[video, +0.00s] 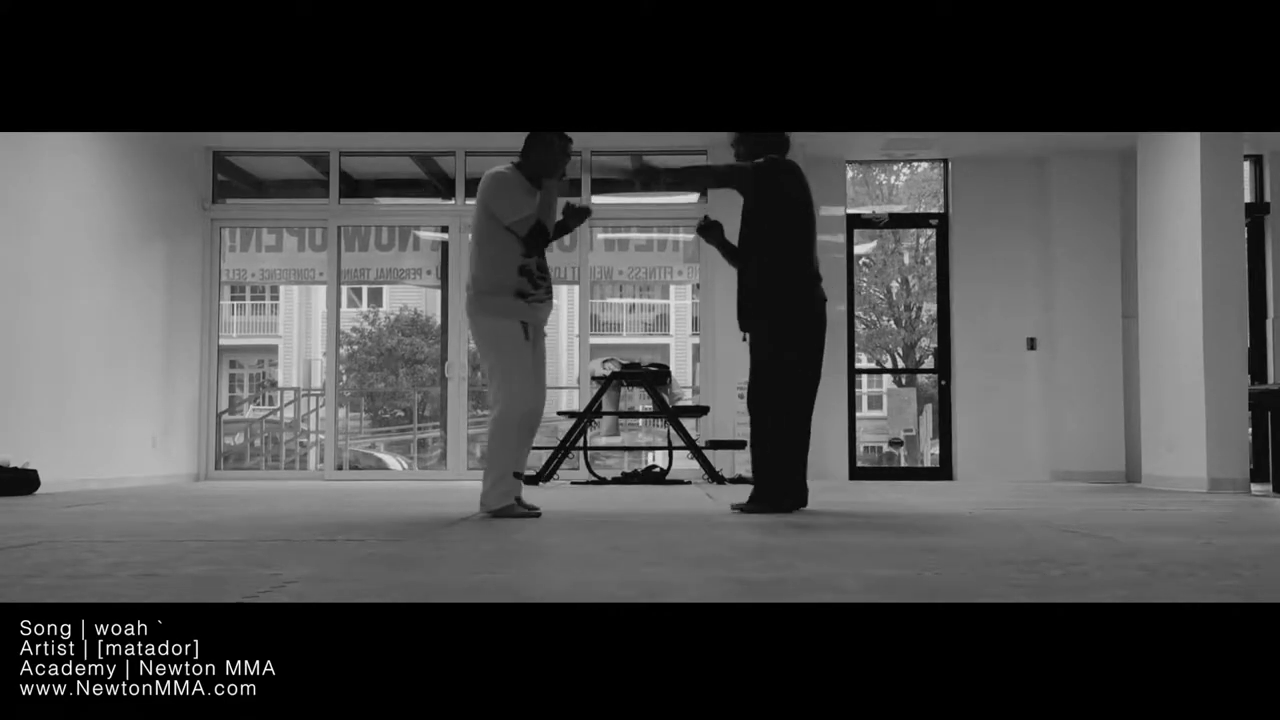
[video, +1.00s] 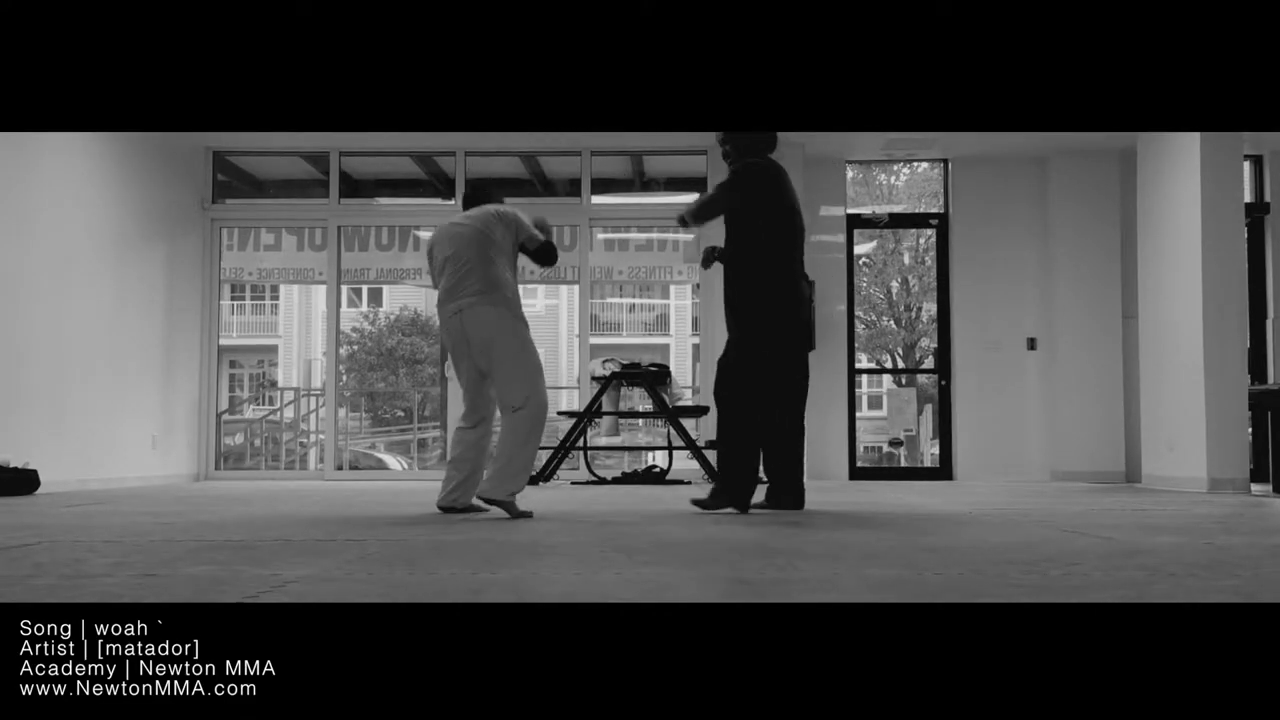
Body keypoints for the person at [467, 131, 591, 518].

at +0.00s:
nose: (564, 166)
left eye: (566, 160)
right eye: (562, 157)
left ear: (542, 153)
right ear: (542, 152)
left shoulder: (534, 191)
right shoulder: (500, 180)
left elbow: (536, 241)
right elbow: (533, 239)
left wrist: (564, 224)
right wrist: (552, 194)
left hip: (525, 315)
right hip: (499, 313)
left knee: (531, 403)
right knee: (515, 401)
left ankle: (507, 493)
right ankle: (496, 499)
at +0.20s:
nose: (552, 160)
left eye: (553, 152)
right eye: (548, 150)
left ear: (528, 152)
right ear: (526, 149)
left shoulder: (529, 190)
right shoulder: (487, 181)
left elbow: (560, 235)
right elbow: (518, 240)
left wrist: (569, 185)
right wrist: (543, 188)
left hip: (524, 316)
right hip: (490, 314)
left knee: (529, 403)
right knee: (503, 402)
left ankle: (505, 492)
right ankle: (494, 498)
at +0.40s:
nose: (548, 166)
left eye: (549, 157)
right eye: (546, 156)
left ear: (511, 146)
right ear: (527, 150)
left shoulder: (489, 176)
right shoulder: (501, 174)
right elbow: (548, 216)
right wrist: (545, 174)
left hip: (488, 312)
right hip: (494, 313)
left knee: (503, 400)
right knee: (514, 403)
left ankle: (471, 478)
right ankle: (501, 501)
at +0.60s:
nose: (539, 209)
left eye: (538, 204)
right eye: (537, 203)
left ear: (498, 192)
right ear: (528, 195)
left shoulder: (469, 220)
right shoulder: (519, 209)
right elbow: (555, 257)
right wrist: (550, 230)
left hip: (448, 325)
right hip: (485, 324)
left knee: (474, 414)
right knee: (528, 409)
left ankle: (452, 496)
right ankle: (490, 502)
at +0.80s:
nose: (510, 237)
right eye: (509, 234)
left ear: (474, 232)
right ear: (506, 231)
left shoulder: (444, 249)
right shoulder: (511, 241)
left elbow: (438, 289)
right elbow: (548, 286)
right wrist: (528, 269)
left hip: (440, 333)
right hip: (483, 327)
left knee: (473, 415)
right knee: (533, 411)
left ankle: (451, 498)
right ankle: (494, 496)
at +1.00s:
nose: (504, 206)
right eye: (502, 203)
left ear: (464, 205)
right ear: (493, 202)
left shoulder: (438, 235)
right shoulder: (503, 214)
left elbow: (441, 283)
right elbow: (547, 257)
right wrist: (542, 234)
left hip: (452, 322)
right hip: (493, 314)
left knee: (477, 408)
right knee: (527, 402)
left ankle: (454, 496)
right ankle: (499, 489)